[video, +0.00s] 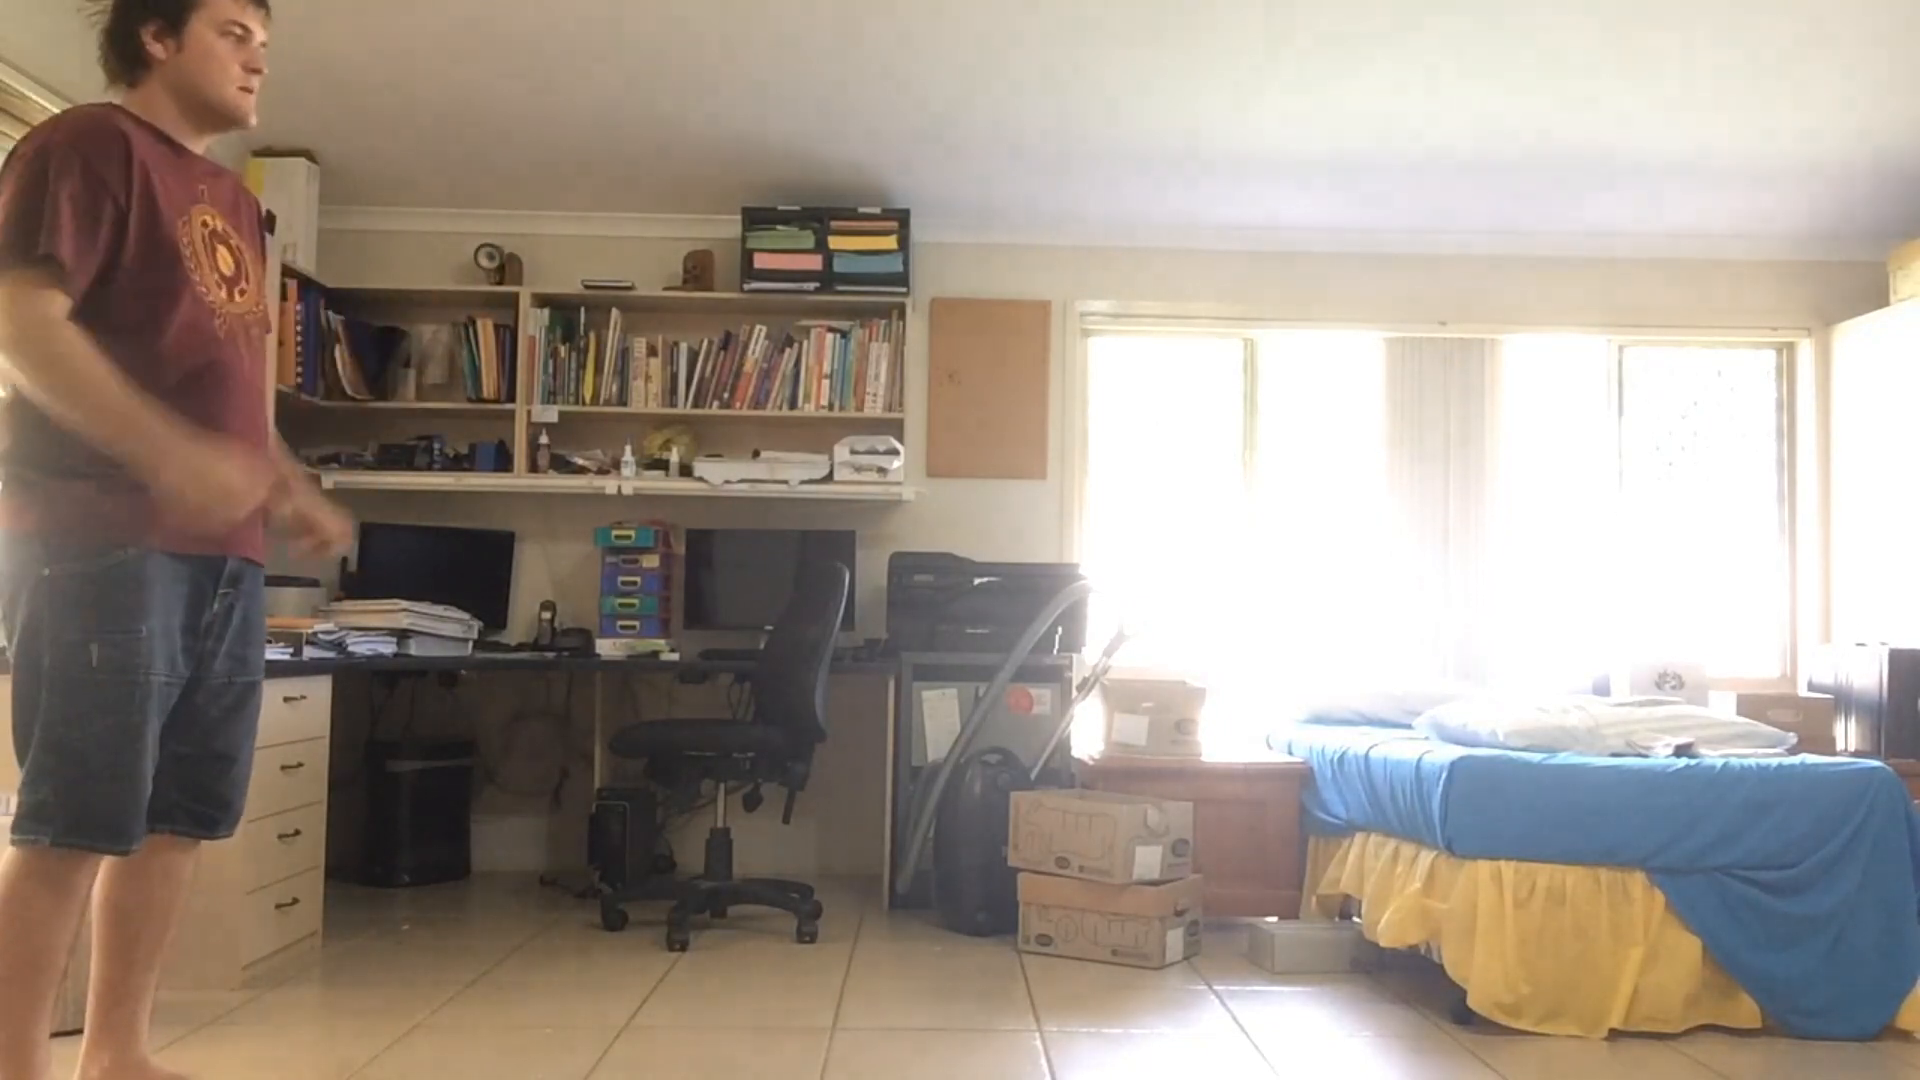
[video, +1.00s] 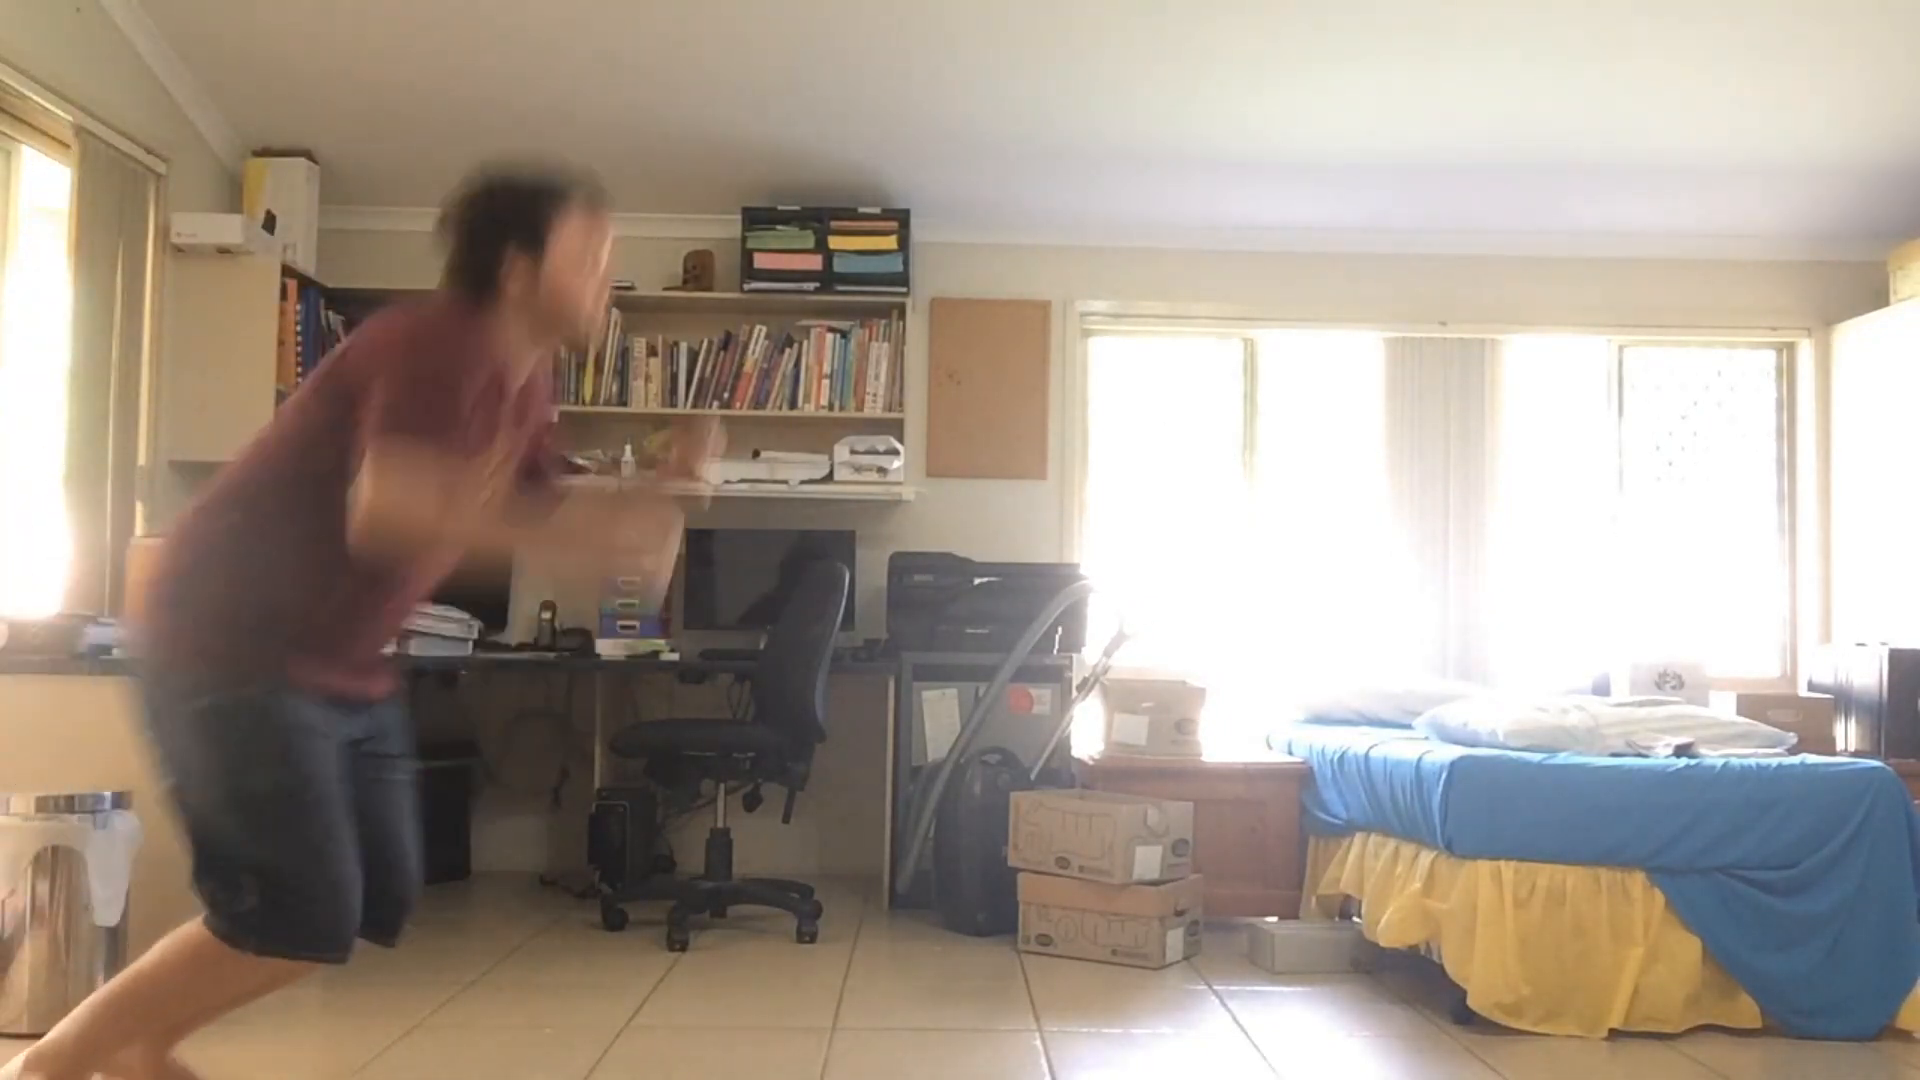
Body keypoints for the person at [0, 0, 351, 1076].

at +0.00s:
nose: (259, 56)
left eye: (262, 40)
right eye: (236, 32)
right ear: (158, 40)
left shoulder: (239, 200)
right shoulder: (81, 142)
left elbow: (234, 393)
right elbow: (24, 325)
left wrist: (292, 489)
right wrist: (170, 451)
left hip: (224, 549)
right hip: (99, 543)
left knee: (174, 819)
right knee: (70, 826)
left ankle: (117, 1054)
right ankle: (20, 1062)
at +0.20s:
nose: (314, 82)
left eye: (317, 64)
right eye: (292, 54)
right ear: (213, 56)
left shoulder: (269, 212)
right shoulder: (110, 151)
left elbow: (256, 377)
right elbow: (7, 319)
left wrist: (237, 511)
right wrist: (22, 512)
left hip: (213, 557)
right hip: (88, 543)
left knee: (171, 817)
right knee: (63, 823)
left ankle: (116, 1053)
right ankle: (18, 1060)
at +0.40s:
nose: (421, 193)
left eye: (426, 176)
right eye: (404, 164)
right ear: (324, 156)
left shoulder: (332, 293)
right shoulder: (189, 218)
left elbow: (243, 420)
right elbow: (11, 300)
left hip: (182, 560)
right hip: (57, 545)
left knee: (180, 814)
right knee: (67, 820)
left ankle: (115, 1056)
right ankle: (17, 1061)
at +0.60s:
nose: (490, 400)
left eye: (498, 384)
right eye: (479, 373)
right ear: (404, 350)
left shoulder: (378, 438)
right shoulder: (250, 379)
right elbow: (32, 386)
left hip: (166, 604)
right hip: (47, 583)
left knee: (239, 816)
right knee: (134, 834)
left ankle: (118, 1059)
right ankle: (25, 1065)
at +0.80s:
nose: (553, 497)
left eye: (561, 475)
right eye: (543, 470)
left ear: (474, 461)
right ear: (471, 455)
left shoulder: (428, 526)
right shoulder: (312, 486)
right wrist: (16, 773)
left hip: (206, 675)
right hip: (92, 664)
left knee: (300, 870)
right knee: (229, 881)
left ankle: (119, 1063)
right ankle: (39, 1065)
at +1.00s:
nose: (606, 282)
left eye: (606, 260)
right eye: (590, 257)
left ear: (547, 271)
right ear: (518, 264)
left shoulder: (525, 378)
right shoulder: (438, 340)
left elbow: (528, 507)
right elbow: (386, 508)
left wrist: (653, 489)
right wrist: (566, 535)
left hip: (345, 656)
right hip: (228, 643)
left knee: (372, 898)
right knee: (300, 912)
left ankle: (145, 1042)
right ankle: (53, 1063)